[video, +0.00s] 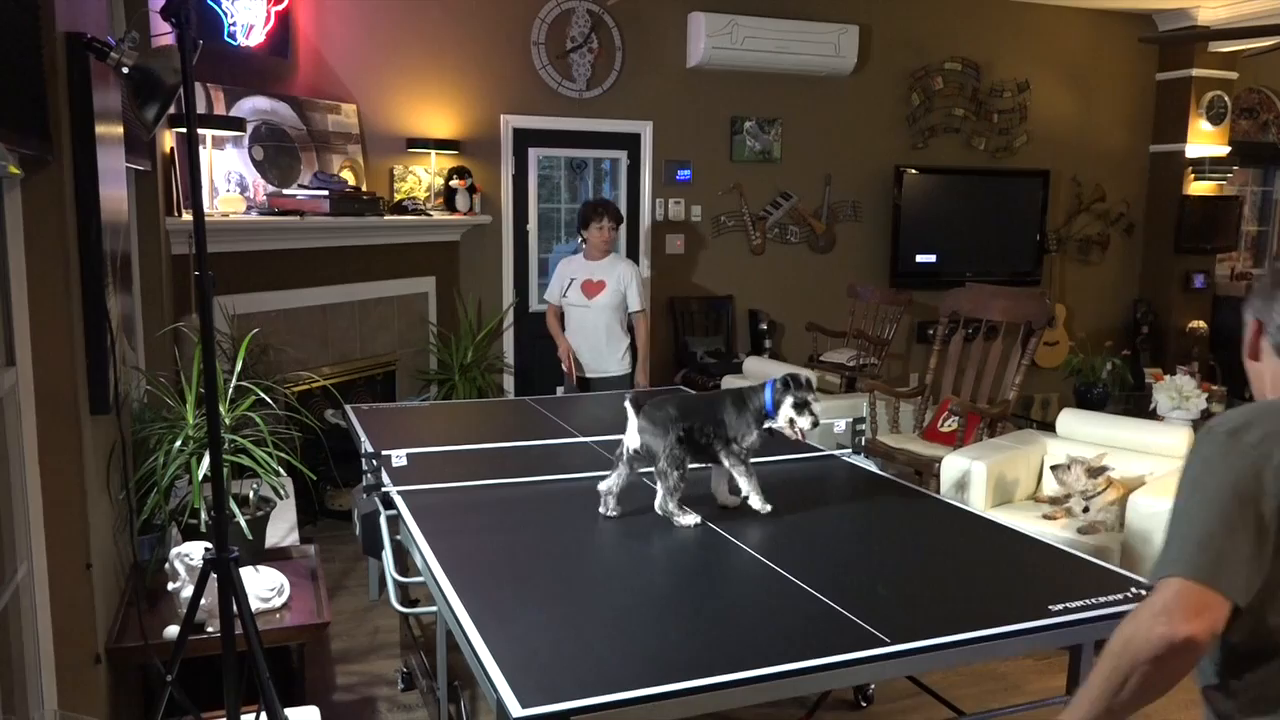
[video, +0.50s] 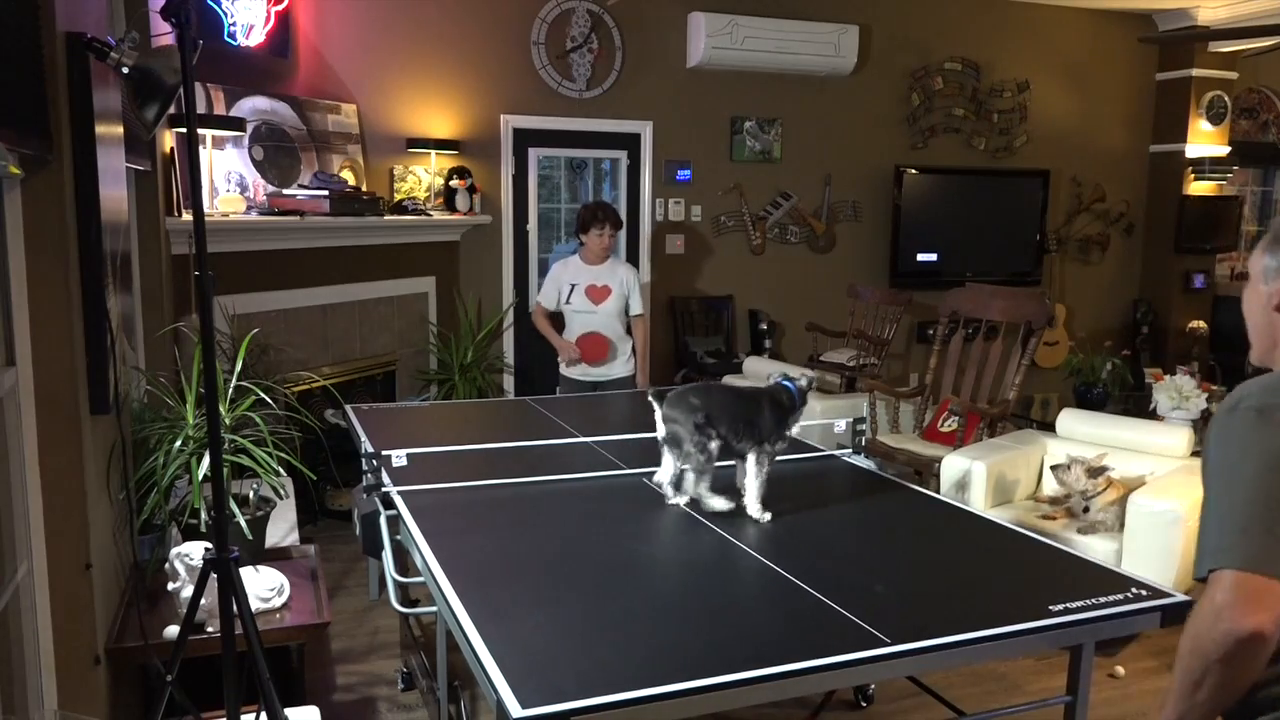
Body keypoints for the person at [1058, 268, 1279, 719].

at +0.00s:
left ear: (1256, 336)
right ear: (1261, 335)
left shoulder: (1251, 438)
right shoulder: (1246, 438)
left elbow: (1183, 624)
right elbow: (1181, 623)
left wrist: (1080, 712)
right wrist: (1086, 708)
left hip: (1257, 705)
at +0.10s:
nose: (1269, 359)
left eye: (1272, 342)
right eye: (1273, 343)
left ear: (1278, 356)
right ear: (1273, 355)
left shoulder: (1265, 436)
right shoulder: (1261, 437)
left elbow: (1226, 613)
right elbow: (1226, 611)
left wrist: (1118, 710)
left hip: (1268, 705)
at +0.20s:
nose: (1269, 350)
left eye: (1274, 332)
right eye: (1274, 333)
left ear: (1279, 341)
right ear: (1272, 342)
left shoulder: (1268, 427)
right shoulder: (1264, 427)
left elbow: (1260, 602)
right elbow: (1260, 599)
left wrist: (1165, 709)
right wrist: (1167, 708)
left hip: (1272, 705)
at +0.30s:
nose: (1269, 329)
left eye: (1273, 309)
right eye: (1273, 309)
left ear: (1278, 313)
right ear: (1270, 312)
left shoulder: (1268, 414)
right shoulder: (1264, 413)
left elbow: (1266, 594)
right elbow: (1266, 592)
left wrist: (1200, 706)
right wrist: (1203, 704)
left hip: (1272, 708)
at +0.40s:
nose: (1262, 311)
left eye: (1267, 291)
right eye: (1266, 291)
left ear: (1279, 297)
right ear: (1268, 298)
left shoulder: (1267, 407)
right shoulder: (1263, 407)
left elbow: (1262, 598)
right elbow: (1262, 596)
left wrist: (1198, 708)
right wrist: (1203, 705)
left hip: (1271, 707)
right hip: (1266, 705)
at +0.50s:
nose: (1243, 299)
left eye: (1248, 280)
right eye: (1247, 279)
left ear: (1275, 295)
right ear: (1276, 294)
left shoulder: (1260, 405)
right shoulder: (1257, 404)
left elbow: (1248, 617)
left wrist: (1180, 711)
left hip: (1264, 706)